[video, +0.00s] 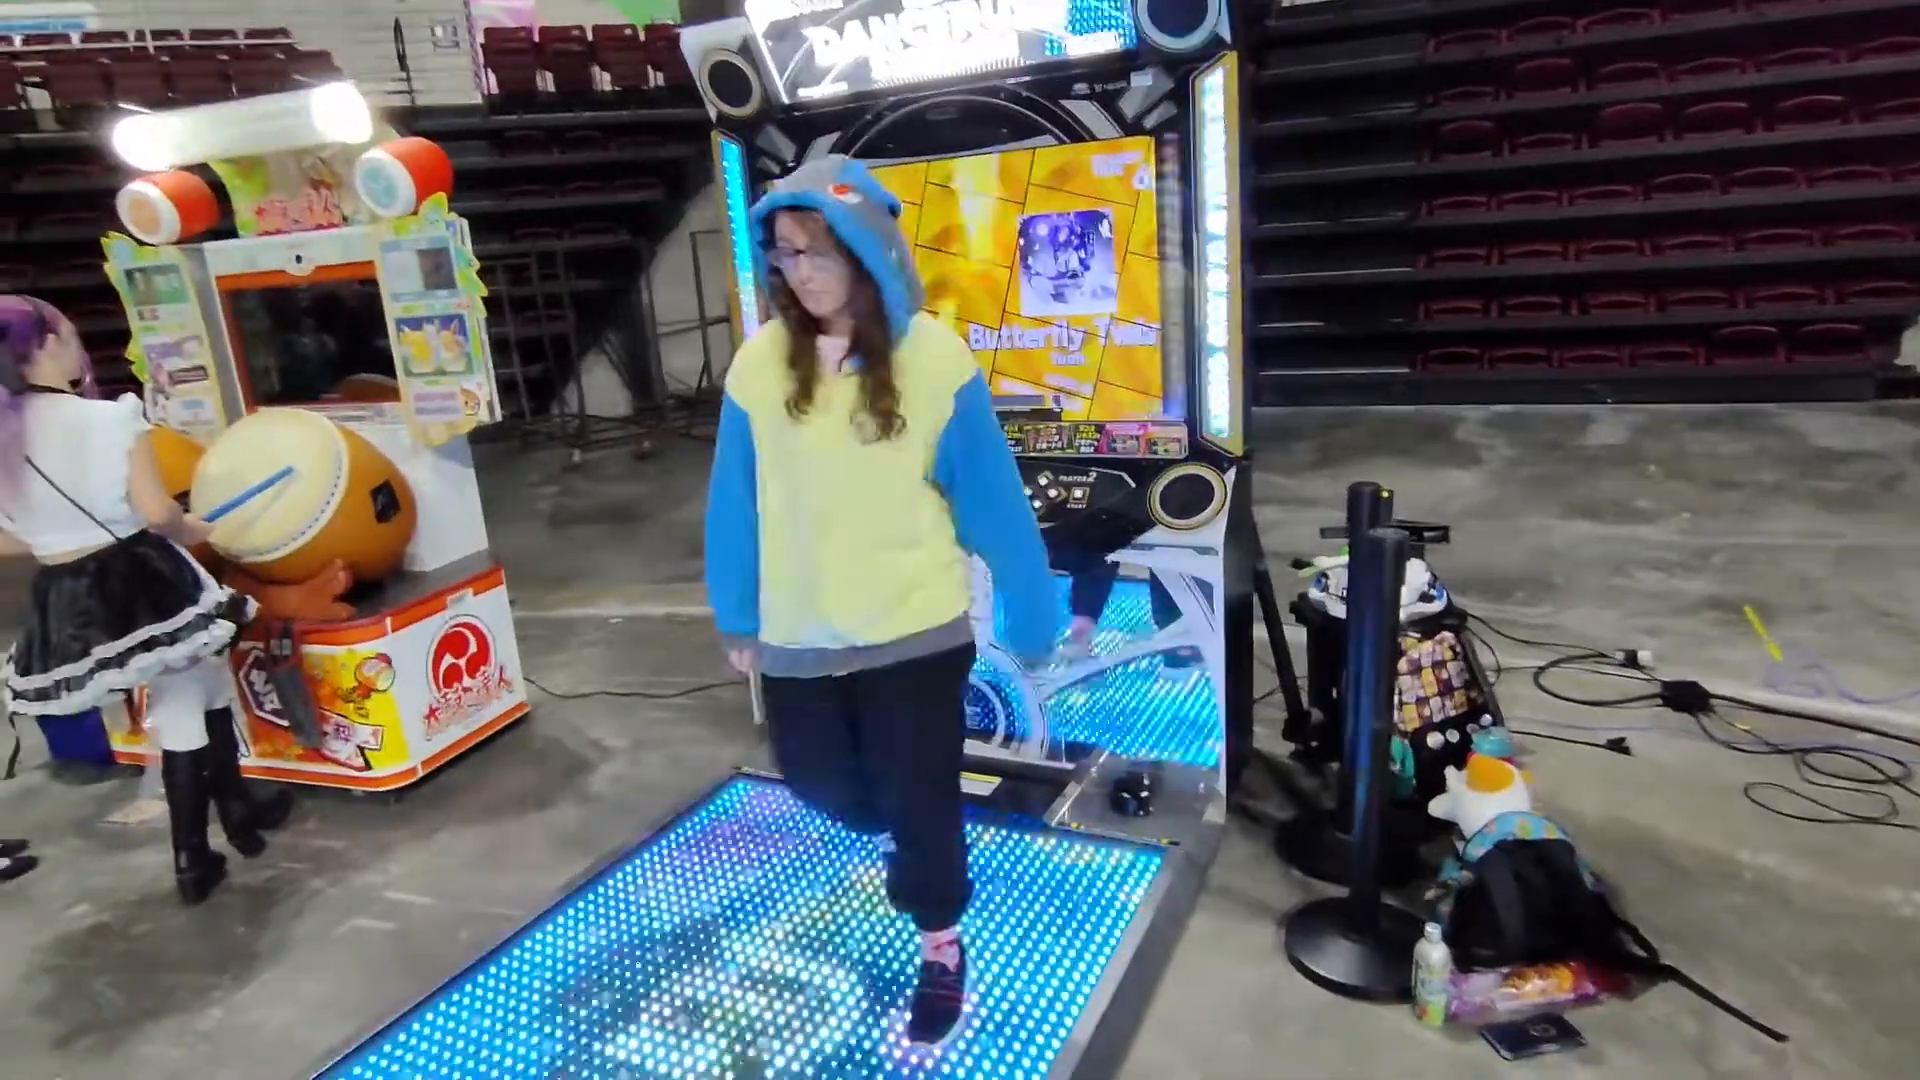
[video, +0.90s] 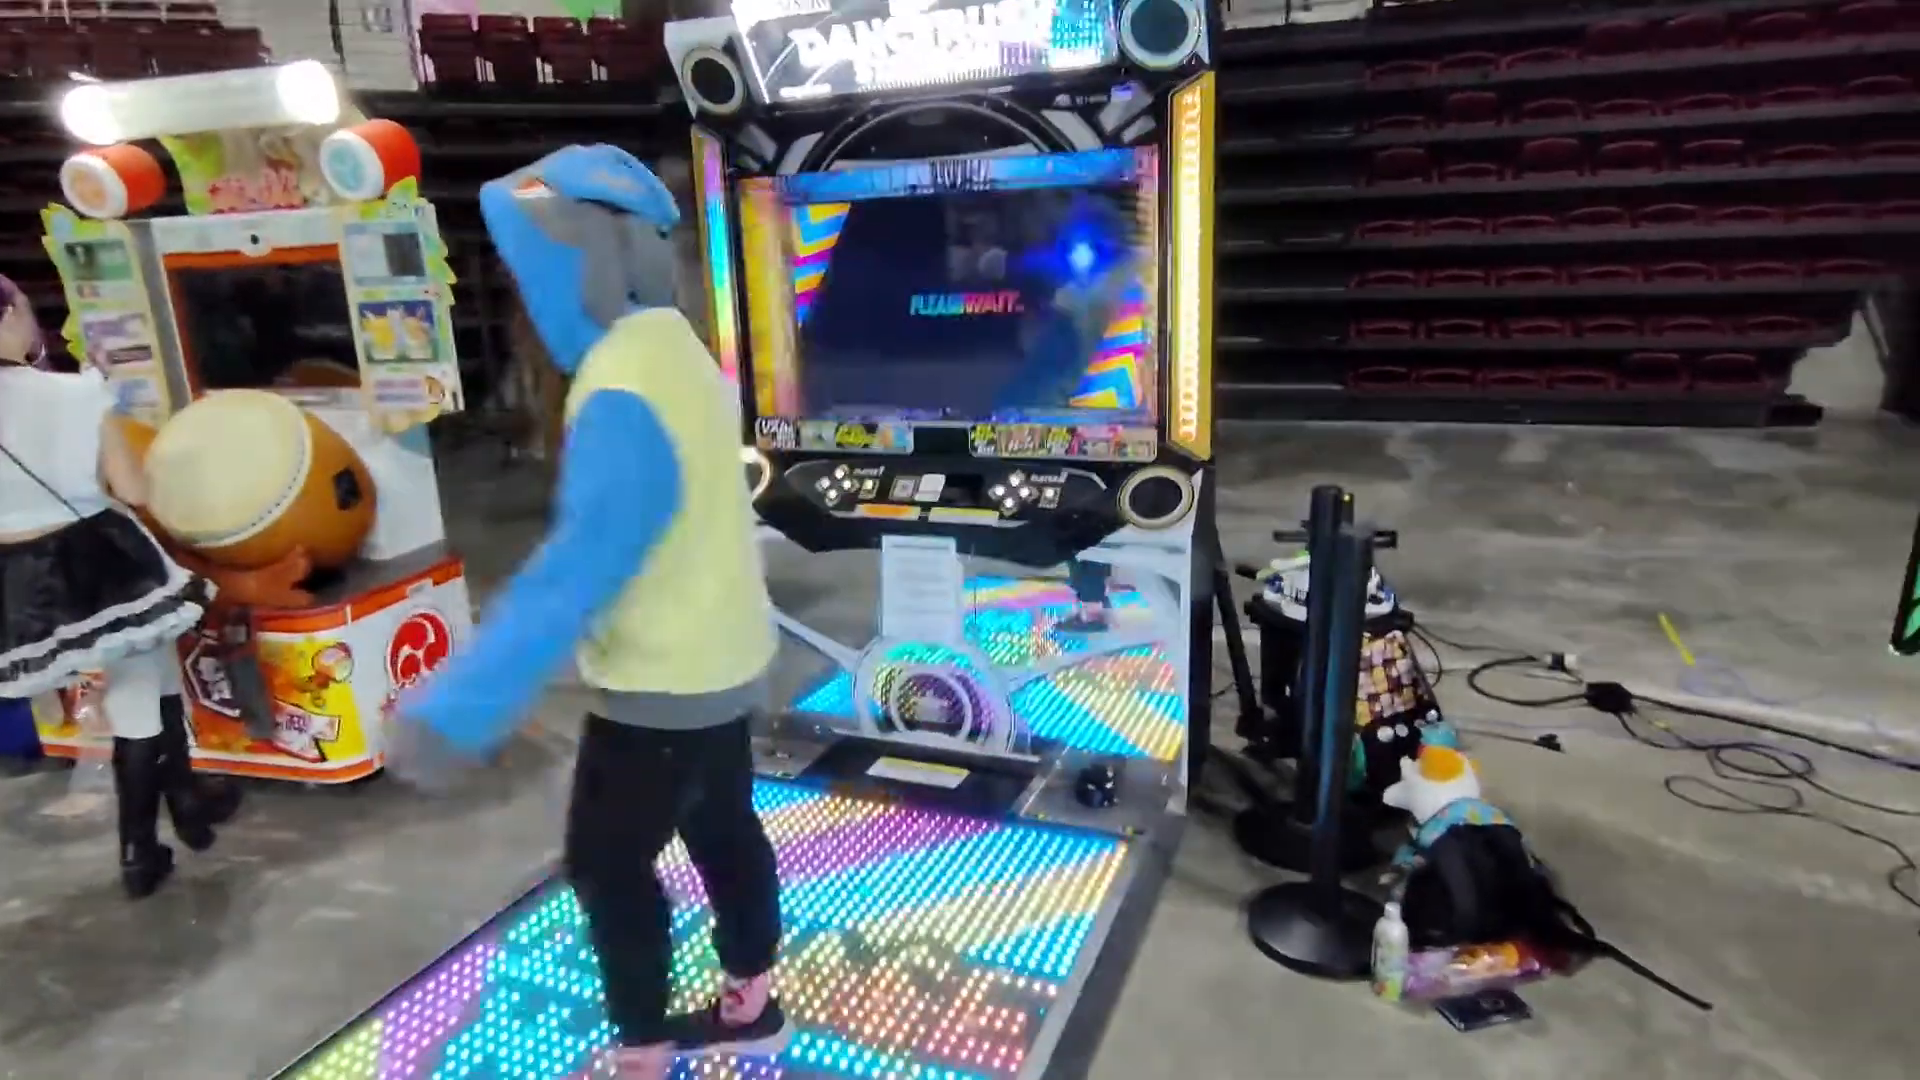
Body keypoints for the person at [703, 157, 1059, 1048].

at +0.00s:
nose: (797, 270)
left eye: (814, 251)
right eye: (785, 255)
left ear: (865, 255)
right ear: (776, 264)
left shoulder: (929, 355)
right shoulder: (762, 359)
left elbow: (994, 493)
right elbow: (731, 499)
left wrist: (1033, 613)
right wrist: (735, 614)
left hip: (913, 630)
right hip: (797, 635)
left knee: (917, 800)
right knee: (825, 785)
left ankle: (941, 951)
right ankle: (916, 821)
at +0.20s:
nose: (764, 277)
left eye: (781, 257)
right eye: (756, 260)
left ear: (837, 261)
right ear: (752, 269)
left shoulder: (919, 364)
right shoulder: (761, 361)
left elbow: (1017, 510)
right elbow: (750, 495)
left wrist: (1101, 643)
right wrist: (753, 598)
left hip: (914, 638)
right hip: (798, 631)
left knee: (926, 805)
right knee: (778, 786)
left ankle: (950, 944)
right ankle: (876, 908)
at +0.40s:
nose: (701, 300)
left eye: (716, 280)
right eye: (698, 280)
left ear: (781, 280)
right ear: (734, 289)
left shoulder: (869, 391)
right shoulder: (750, 377)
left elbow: (956, 543)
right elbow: (764, 519)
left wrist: (1013, 687)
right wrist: (753, 627)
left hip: (886, 676)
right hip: (778, 667)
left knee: (917, 832)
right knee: (763, 835)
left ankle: (958, 952)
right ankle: (781, 1010)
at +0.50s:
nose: (672, 306)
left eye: (686, 286)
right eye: (668, 286)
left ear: (750, 286)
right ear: (731, 289)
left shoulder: (825, 392)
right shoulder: (726, 380)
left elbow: (888, 560)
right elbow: (745, 538)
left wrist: (920, 717)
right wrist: (740, 662)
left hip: (834, 696)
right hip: (739, 689)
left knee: (889, 831)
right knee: (739, 840)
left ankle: (950, 943)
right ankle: (773, 1008)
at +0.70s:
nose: (609, 294)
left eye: (625, 272)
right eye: (608, 273)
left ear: (689, 272)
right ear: (674, 275)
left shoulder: (740, 392)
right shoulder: (685, 375)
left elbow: (777, 576)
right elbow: (703, 550)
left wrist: (781, 731)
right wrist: (682, 678)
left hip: (748, 701)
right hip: (693, 688)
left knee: (767, 853)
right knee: (724, 854)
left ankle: (895, 934)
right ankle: (760, 1001)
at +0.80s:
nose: (583, 294)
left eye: (597, 267)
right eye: (579, 270)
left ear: (661, 262)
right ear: (658, 265)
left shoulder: (696, 393)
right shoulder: (703, 361)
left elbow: (714, 582)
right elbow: (718, 562)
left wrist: (686, 731)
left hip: (726, 691)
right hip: (729, 678)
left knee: (704, 864)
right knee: (728, 851)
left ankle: (786, 995)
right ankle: (778, 988)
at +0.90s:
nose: (531, 280)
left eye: (544, 256)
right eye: (531, 257)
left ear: (598, 258)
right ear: (624, 255)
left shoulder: (623, 385)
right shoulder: (674, 348)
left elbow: (577, 571)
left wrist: (454, 711)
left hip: (658, 686)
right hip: (724, 663)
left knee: (607, 857)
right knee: (721, 827)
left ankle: (641, 1045)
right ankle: (751, 989)